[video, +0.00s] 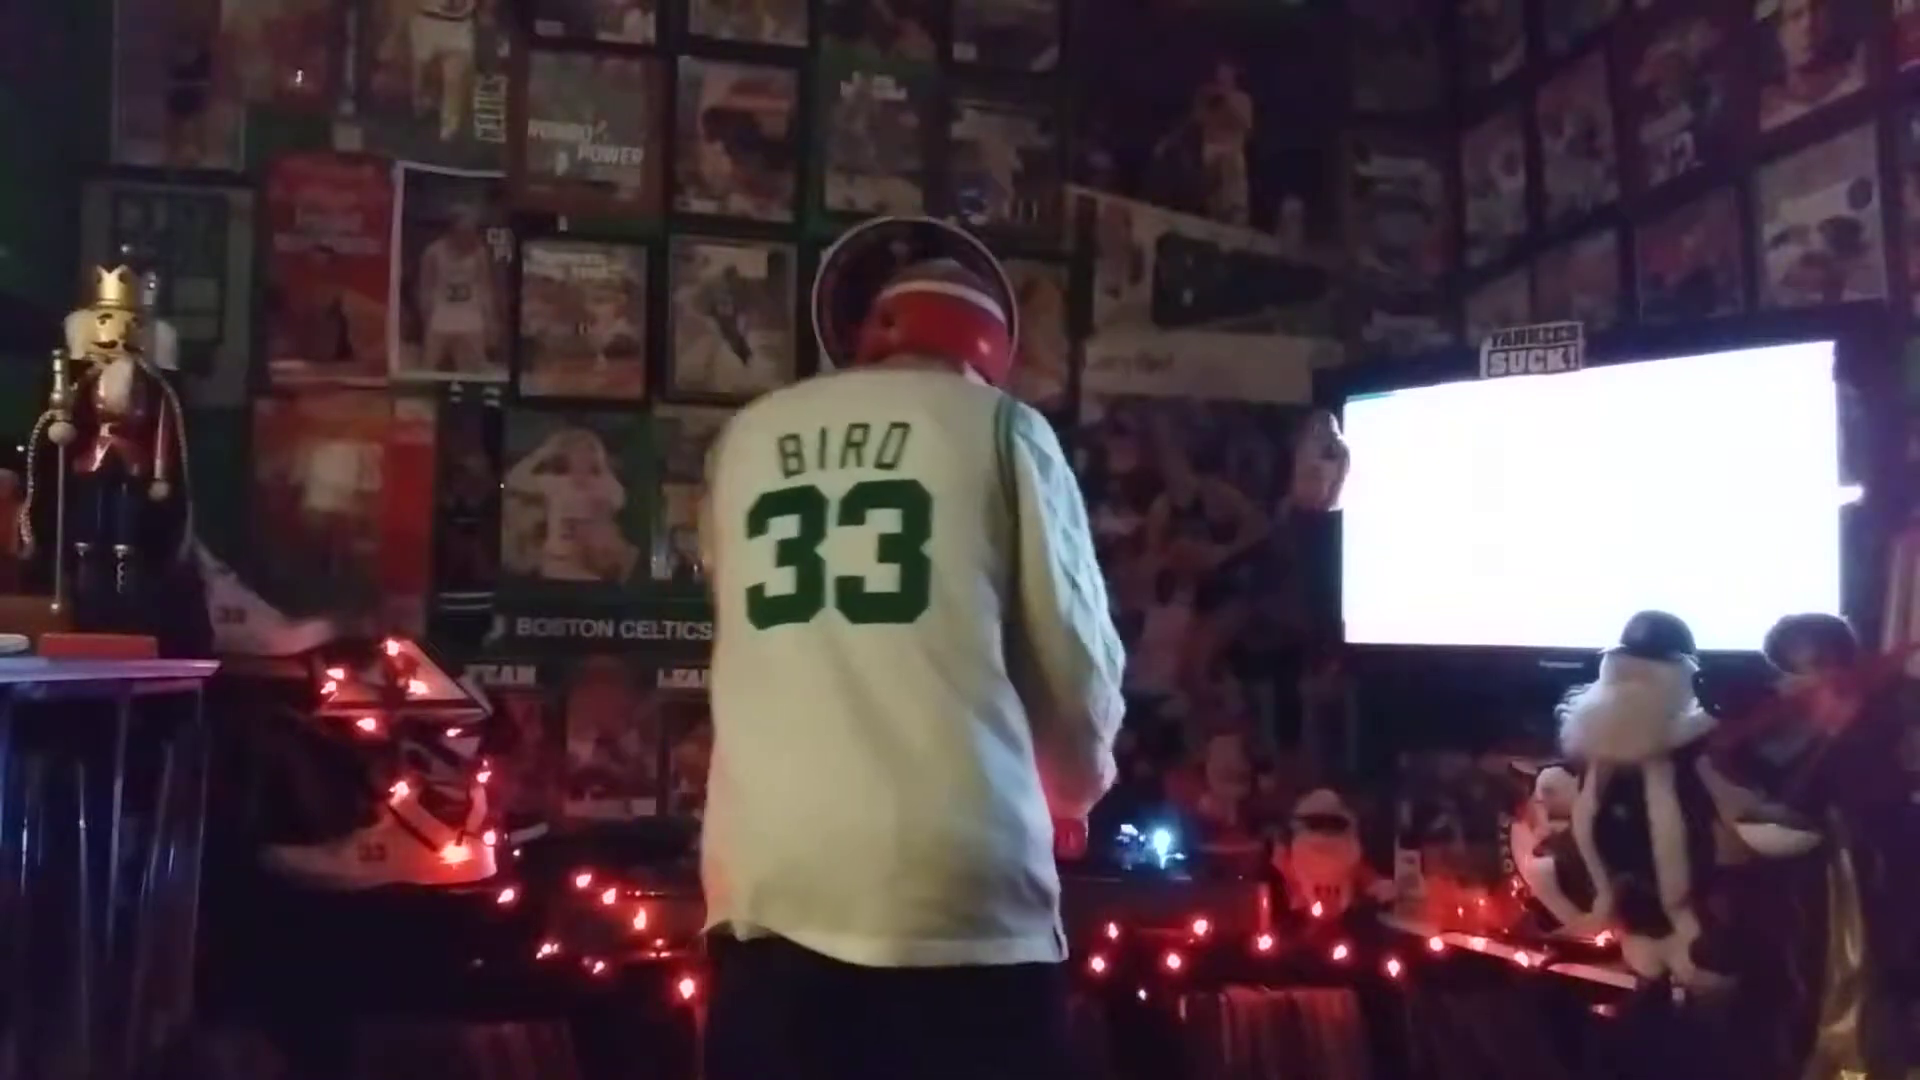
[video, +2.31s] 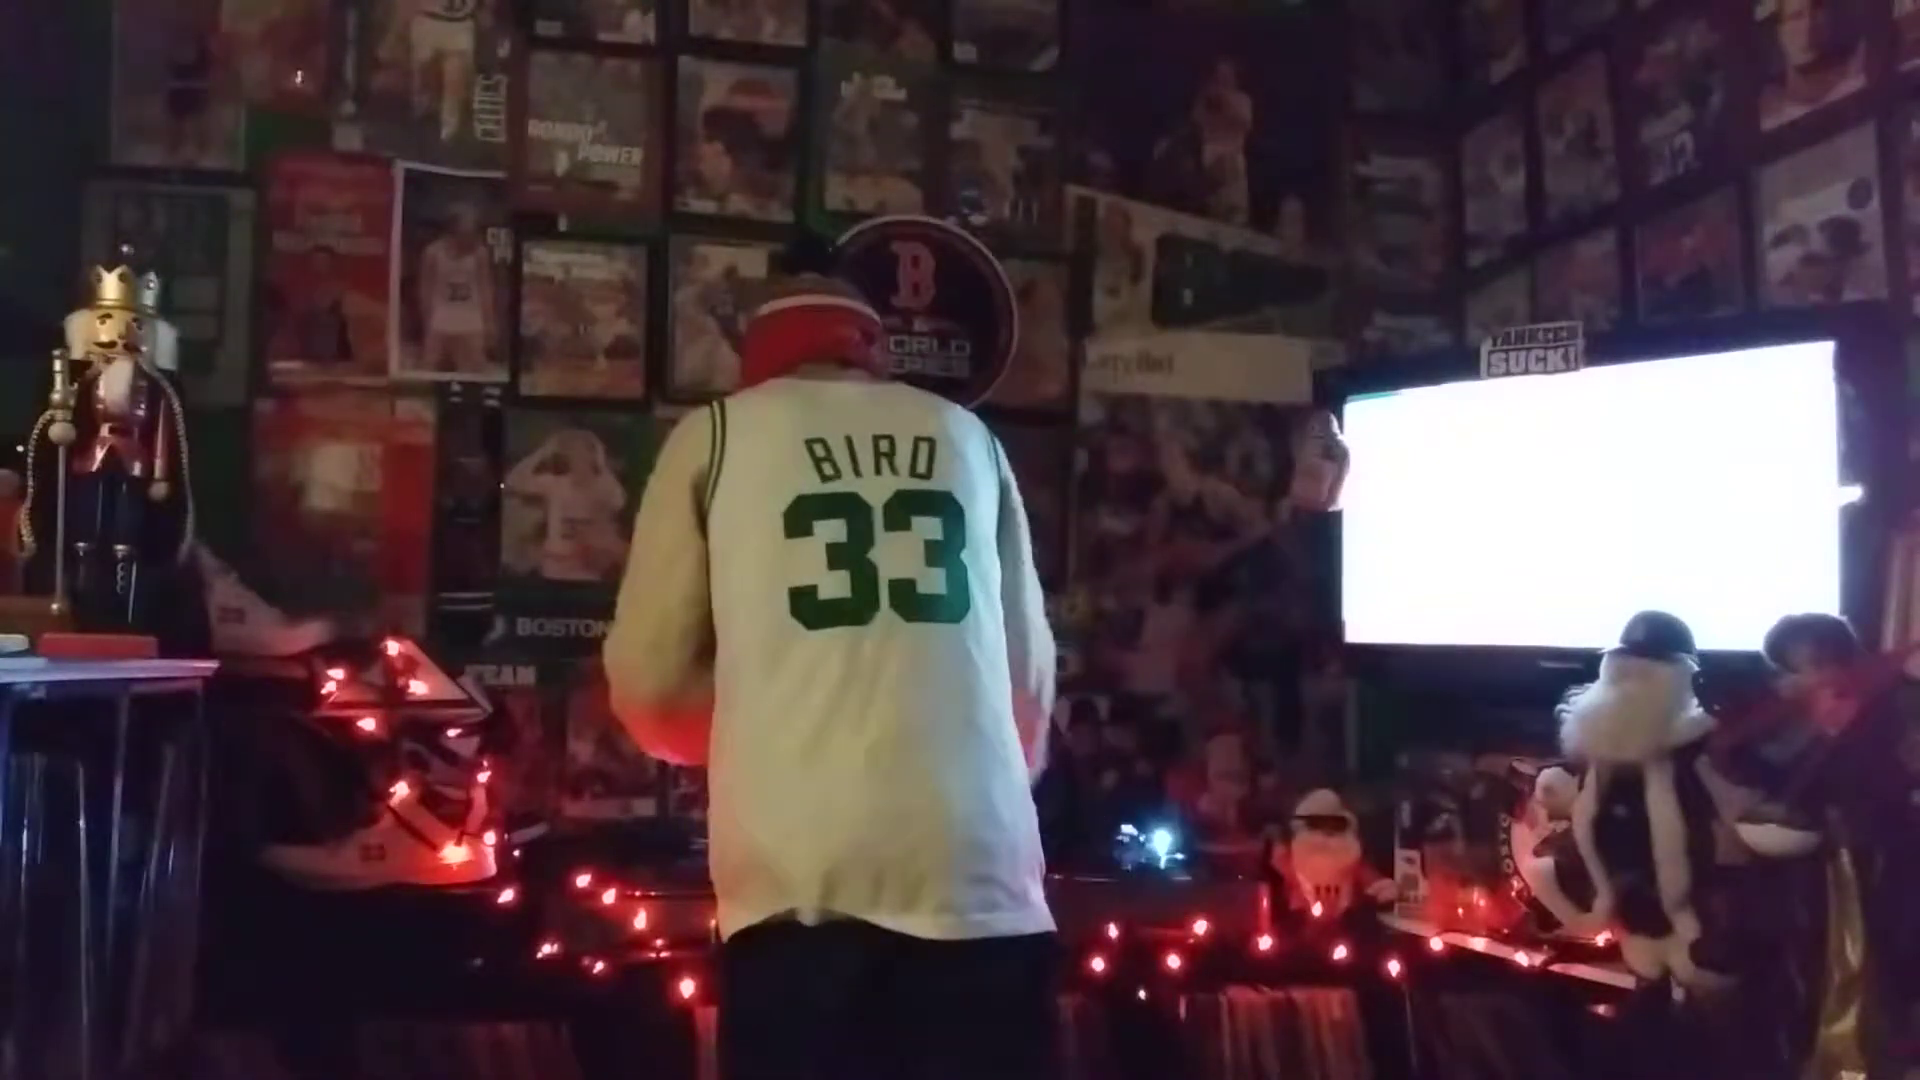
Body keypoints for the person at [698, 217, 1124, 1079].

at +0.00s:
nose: (999, 380)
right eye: (1001, 366)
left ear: (874, 330)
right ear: (989, 356)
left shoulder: (748, 434)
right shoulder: (1007, 429)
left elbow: (755, 645)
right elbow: (1079, 674)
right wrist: (1065, 802)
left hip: (772, 912)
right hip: (968, 914)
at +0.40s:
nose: (1124, 410)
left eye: (1121, 401)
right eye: (1122, 398)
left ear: (994, 369)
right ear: (1106, 389)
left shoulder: (878, 443)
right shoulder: (1134, 457)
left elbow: (857, 634)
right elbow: (1192, 699)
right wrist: (1116, 824)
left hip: (875, 871)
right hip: (1068, 878)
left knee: (851, 1065)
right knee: (1091, 1066)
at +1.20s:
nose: (1136, 382)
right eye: (1132, 368)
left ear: (1003, 354)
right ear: (1115, 366)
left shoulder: (935, 417)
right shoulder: (1191, 463)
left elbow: (866, 655)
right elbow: (1207, 698)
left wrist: (957, 764)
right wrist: (1105, 776)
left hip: (970, 842)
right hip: (1146, 865)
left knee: (932, 1066)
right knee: (1137, 1066)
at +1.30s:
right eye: (1096, 358)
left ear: (975, 350)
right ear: (1082, 358)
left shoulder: (921, 418)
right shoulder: (1174, 458)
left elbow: (843, 643)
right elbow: (1201, 699)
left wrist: (932, 758)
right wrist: (1118, 792)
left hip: (955, 844)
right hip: (1134, 863)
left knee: (927, 1068)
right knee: (1129, 1068)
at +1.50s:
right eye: (1053, 353)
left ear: (919, 357)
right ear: (1034, 357)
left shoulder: (871, 423)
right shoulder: (1127, 452)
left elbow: (803, 651)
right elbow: (1160, 690)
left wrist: (882, 753)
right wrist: (1095, 795)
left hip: (912, 856)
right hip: (1094, 865)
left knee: (892, 1067)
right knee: (1104, 1068)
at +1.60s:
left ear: (880, 344)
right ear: (1006, 346)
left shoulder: (840, 425)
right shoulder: (1099, 451)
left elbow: (779, 662)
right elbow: (1133, 688)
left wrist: (875, 761)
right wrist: (1067, 794)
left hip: (890, 852)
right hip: (1070, 859)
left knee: (865, 1069)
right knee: (1088, 1071)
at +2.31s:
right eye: (877, 341)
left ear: (756, 354)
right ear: (876, 350)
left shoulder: (711, 434)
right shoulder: (972, 439)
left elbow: (649, 687)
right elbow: (1029, 687)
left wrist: (772, 734)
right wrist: (975, 793)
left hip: (792, 890)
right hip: (981, 888)